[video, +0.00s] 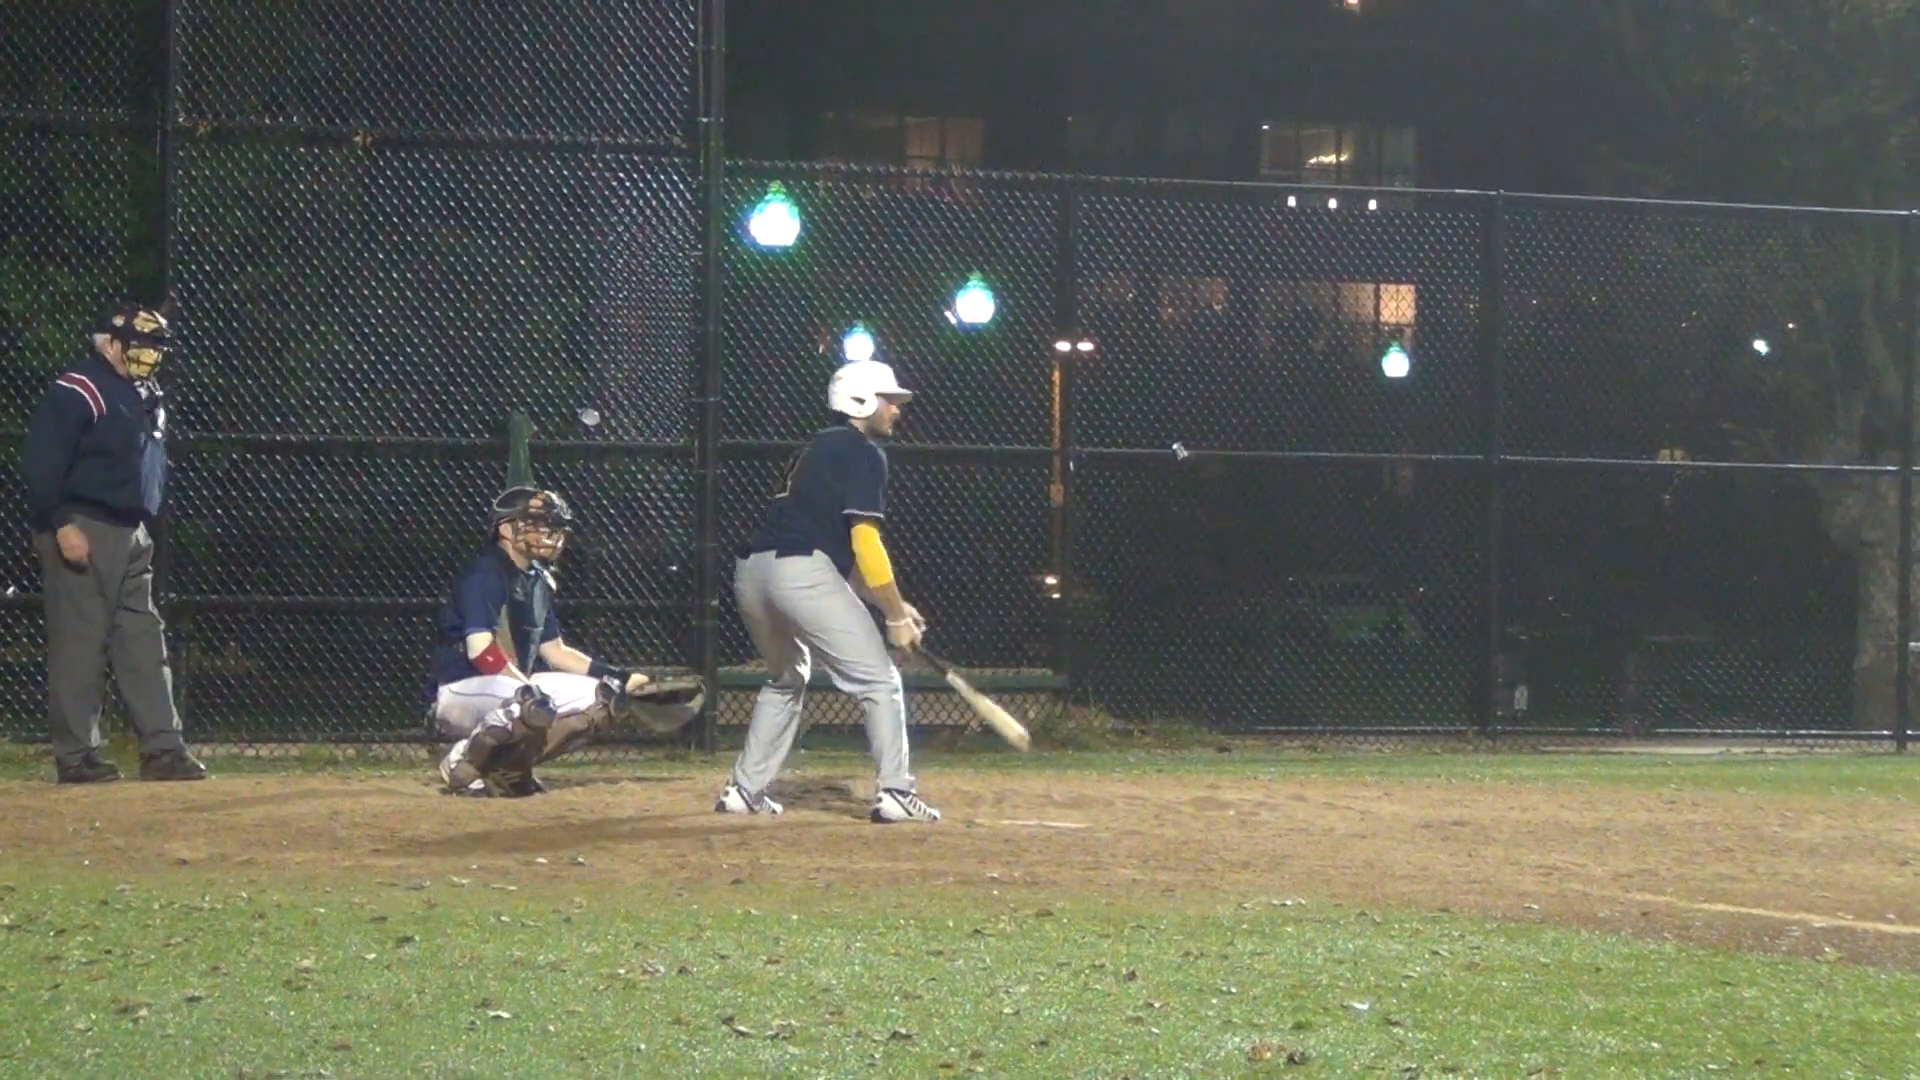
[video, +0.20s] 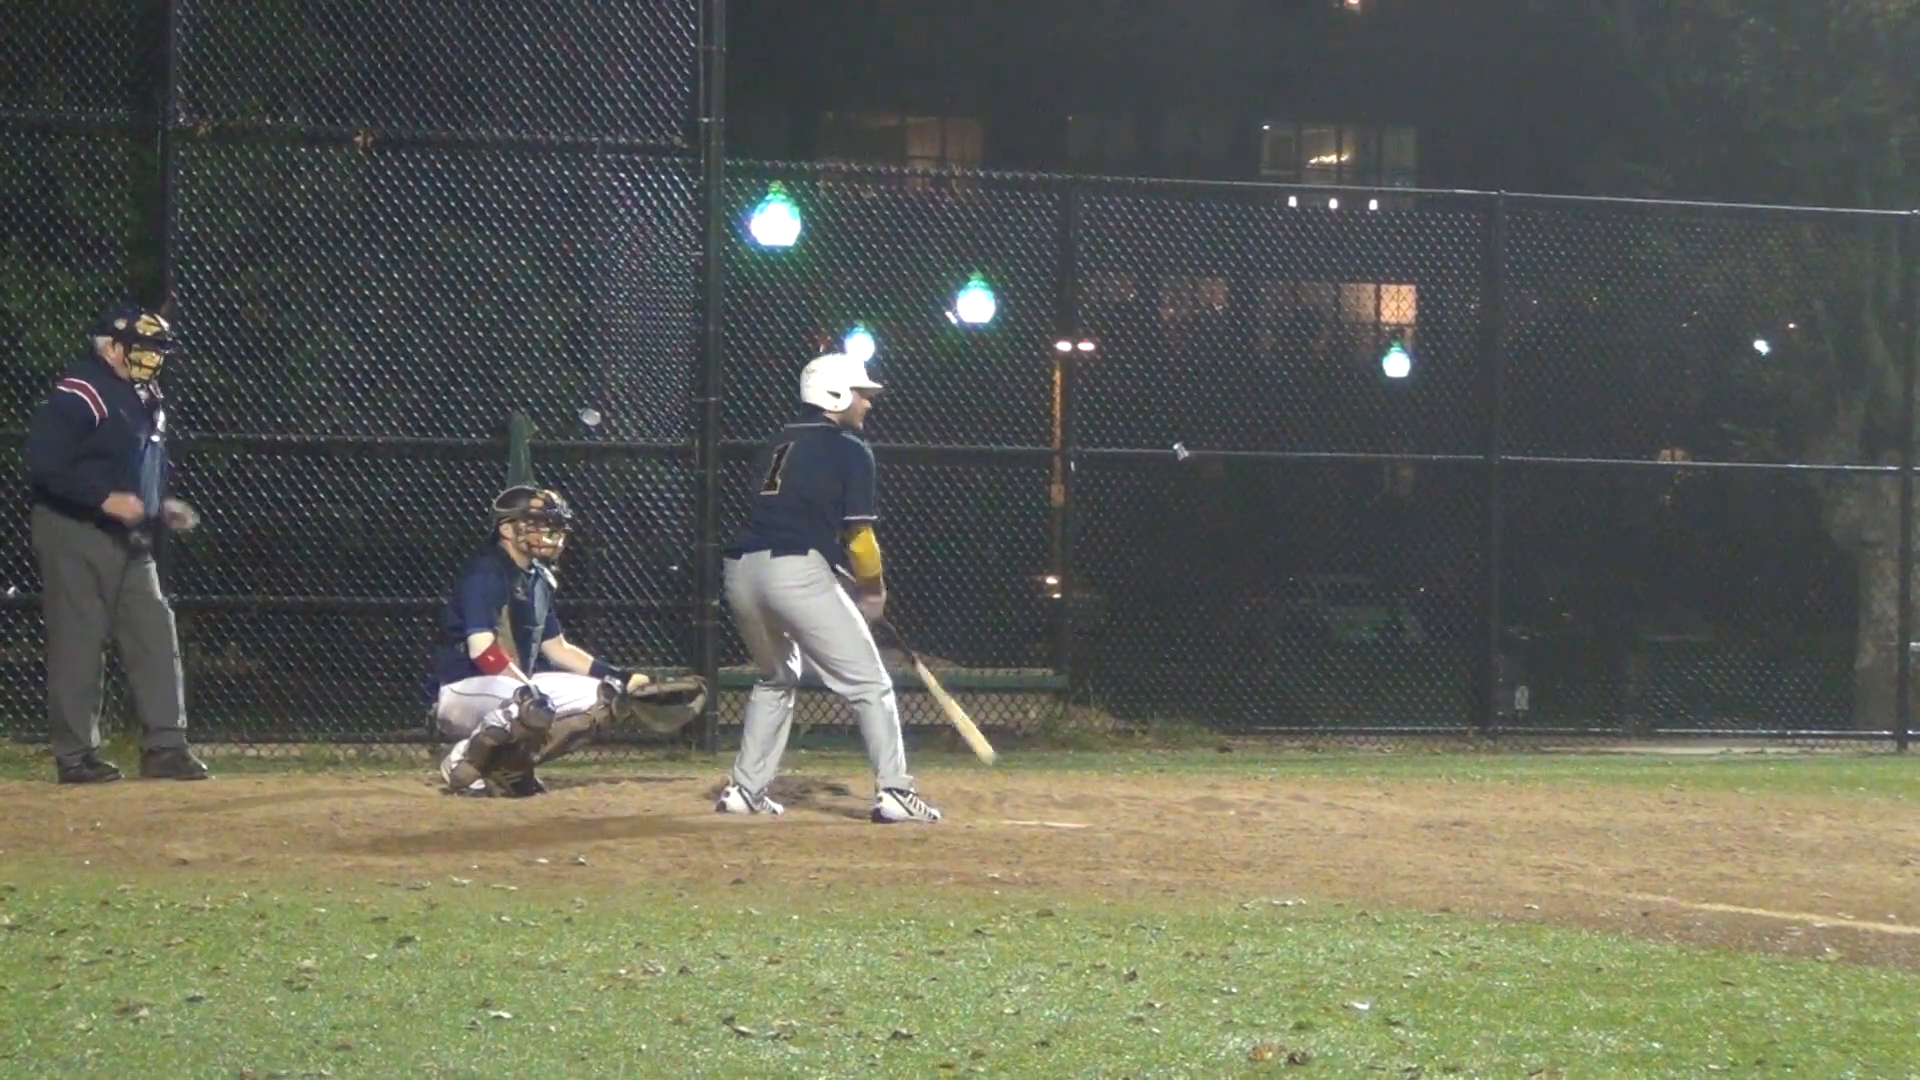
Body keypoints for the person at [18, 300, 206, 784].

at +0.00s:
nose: (149, 355)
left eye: (154, 347)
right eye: (140, 345)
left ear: (155, 349)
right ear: (113, 342)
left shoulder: (144, 394)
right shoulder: (79, 386)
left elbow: (143, 465)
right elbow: (40, 459)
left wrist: (142, 522)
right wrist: (61, 523)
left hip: (132, 534)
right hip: (80, 531)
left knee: (142, 641)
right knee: (79, 642)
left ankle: (163, 751)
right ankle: (75, 757)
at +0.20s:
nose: (150, 359)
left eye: (155, 350)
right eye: (142, 348)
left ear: (155, 351)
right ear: (114, 345)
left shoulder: (144, 395)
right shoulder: (83, 390)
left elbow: (139, 469)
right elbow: (45, 466)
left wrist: (163, 505)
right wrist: (104, 498)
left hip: (127, 533)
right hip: (72, 530)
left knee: (152, 628)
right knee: (78, 637)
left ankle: (166, 749)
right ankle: (76, 756)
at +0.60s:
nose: (191, 372)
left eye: (196, 364)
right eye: (182, 361)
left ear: (198, 367)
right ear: (154, 358)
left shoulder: (187, 414)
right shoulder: (122, 397)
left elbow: (207, 470)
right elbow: (140, 463)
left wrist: (262, 454)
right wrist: (206, 452)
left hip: (137, 539)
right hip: (83, 529)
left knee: (158, 640)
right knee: (84, 640)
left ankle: (182, 750)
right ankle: (79, 755)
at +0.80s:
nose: (225, 380)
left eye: (230, 372)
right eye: (218, 370)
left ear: (230, 375)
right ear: (190, 367)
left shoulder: (215, 420)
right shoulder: (153, 406)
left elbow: (225, 474)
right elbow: (159, 480)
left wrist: (274, 492)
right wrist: (226, 490)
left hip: (151, 543)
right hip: (96, 529)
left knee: (167, 638)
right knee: (91, 637)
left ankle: (184, 751)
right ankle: (78, 753)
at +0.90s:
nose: (235, 387)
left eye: (240, 379)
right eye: (228, 377)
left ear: (235, 381)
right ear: (201, 374)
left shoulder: (224, 427)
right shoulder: (156, 415)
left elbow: (223, 493)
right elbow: (161, 492)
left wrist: (260, 528)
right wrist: (221, 523)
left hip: (150, 542)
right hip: (96, 529)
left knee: (169, 641)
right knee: (89, 638)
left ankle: (184, 751)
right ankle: (64, 749)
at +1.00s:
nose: (240, 398)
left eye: (246, 390)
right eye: (233, 387)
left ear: (248, 390)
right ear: (208, 381)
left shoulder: (223, 432)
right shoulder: (166, 419)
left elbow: (217, 503)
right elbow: (162, 499)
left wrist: (228, 555)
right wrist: (206, 554)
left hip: (148, 547)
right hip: (94, 530)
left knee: (169, 645)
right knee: (79, 639)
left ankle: (184, 752)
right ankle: (26, 739)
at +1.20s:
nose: (234, 427)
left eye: (239, 419)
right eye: (227, 417)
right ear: (200, 413)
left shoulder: (212, 461)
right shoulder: (157, 447)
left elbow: (192, 531)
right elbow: (151, 525)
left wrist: (180, 583)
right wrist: (165, 589)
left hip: (140, 564)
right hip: (78, 550)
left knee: (173, 642)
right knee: (25, 644)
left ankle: (187, 750)